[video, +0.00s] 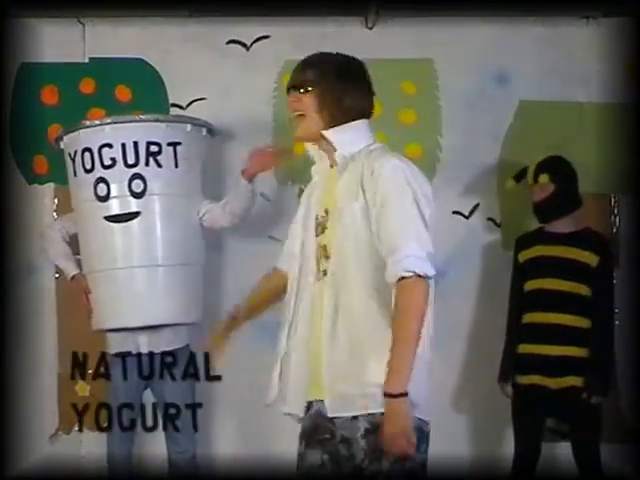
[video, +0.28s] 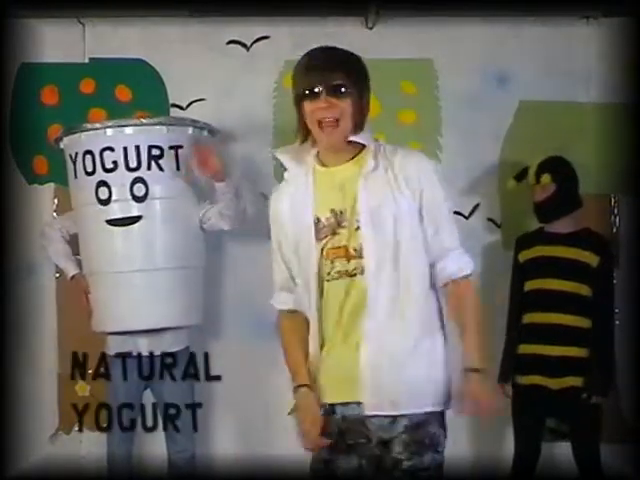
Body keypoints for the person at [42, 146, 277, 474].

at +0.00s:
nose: (137, 187)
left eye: (144, 181)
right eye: (129, 182)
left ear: (159, 179)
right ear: (117, 182)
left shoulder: (178, 205)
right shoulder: (105, 213)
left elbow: (226, 215)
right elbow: (56, 231)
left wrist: (246, 178)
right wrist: (74, 275)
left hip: (174, 333)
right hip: (122, 338)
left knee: (182, 429)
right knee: (122, 429)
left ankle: (185, 476)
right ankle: (119, 479)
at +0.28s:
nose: (140, 188)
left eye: (148, 183)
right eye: (132, 182)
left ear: (162, 185)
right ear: (120, 183)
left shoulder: (179, 208)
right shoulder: (106, 214)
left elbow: (225, 219)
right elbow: (54, 229)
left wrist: (220, 180)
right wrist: (75, 274)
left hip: (175, 336)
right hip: (122, 340)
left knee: (182, 433)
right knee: (121, 432)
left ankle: (184, 475)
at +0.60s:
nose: (136, 193)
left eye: (145, 186)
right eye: (129, 186)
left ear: (159, 187)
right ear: (118, 187)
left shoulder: (178, 214)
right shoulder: (105, 216)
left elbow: (228, 221)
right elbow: (53, 229)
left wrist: (228, 180)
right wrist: (75, 274)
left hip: (172, 342)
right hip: (122, 344)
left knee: (181, 432)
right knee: (121, 432)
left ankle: (184, 477)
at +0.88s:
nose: (134, 188)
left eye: (142, 180)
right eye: (126, 180)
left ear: (159, 183)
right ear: (115, 183)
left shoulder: (176, 211)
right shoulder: (103, 212)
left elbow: (224, 217)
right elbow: (54, 229)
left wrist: (238, 176)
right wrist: (75, 272)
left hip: (170, 341)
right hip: (120, 342)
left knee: (180, 431)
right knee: (120, 432)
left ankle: (183, 478)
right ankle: (117, 479)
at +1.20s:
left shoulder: (179, 218)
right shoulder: (106, 214)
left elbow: (236, 235)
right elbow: (54, 228)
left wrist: (209, 215)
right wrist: (75, 273)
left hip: (172, 337)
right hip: (121, 340)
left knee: (179, 432)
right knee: (120, 429)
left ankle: (183, 477)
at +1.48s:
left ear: (163, 191)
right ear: (121, 193)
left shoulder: (180, 222)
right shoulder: (106, 217)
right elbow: (58, 228)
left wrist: (205, 293)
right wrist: (75, 274)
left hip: (171, 349)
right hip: (120, 351)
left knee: (181, 447)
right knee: (118, 448)